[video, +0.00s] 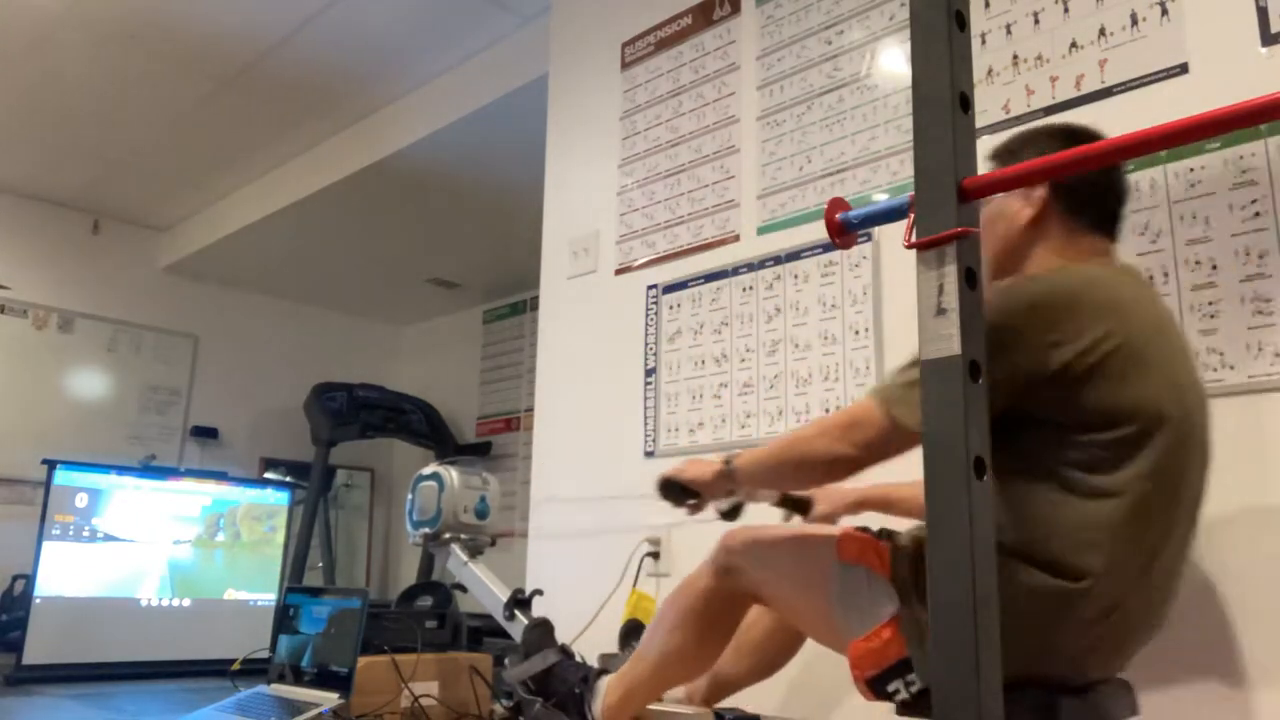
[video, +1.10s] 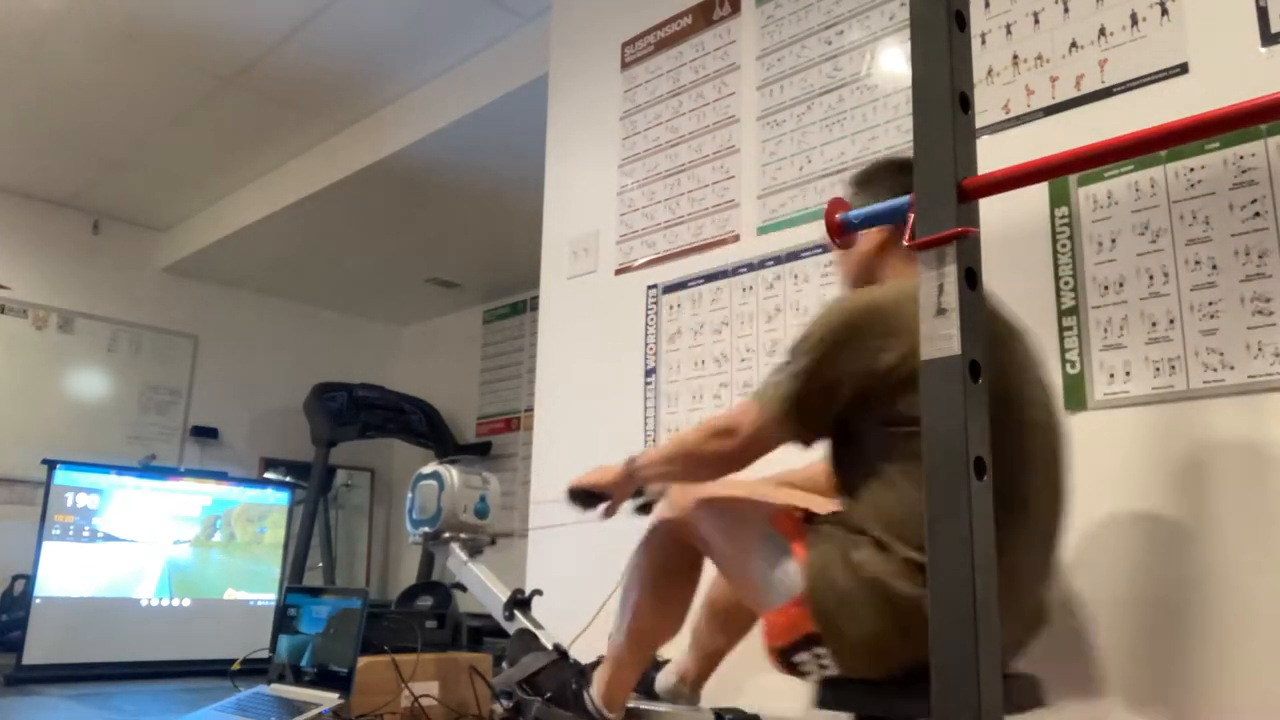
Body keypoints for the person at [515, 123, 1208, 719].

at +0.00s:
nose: (970, 227)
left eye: (982, 202)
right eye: (974, 205)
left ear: (1035, 201)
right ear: (1059, 206)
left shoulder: (1037, 306)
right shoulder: (1131, 306)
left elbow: (847, 445)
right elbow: (1029, 506)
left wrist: (724, 473)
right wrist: (862, 497)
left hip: (1023, 627)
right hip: (1092, 628)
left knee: (738, 557)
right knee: (837, 549)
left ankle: (612, 703)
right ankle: (694, 696)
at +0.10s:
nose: (914, 245)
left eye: (921, 224)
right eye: (915, 226)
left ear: (954, 223)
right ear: (1025, 223)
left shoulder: (965, 304)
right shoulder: (1066, 315)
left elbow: (787, 440)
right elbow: (935, 486)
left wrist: (671, 482)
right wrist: (787, 506)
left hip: (960, 642)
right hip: (1044, 638)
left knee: (716, 533)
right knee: (792, 538)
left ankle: (612, 702)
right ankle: (686, 695)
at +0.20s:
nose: (834, 256)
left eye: (844, 233)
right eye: (837, 236)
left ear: (890, 232)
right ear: (916, 231)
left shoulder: (881, 323)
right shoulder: (987, 321)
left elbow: (720, 455)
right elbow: (861, 496)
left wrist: (622, 500)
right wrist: (683, 514)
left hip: (902, 618)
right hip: (986, 621)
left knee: (678, 522)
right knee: (754, 539)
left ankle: (608, 702)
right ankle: (683, 690)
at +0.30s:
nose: (773, 273)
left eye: (779, 254)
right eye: (774, 257)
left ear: (816, 250)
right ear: (877, 255)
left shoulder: (810, 335)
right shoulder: (922, 326)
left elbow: (672, 461)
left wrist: (584, 516)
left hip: (844, 624)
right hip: (935, 623)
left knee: (650, 510)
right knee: (730, 498)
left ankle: (606, 698)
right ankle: (679, 685)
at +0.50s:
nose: (684, 304)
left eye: (687, 286)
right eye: (684, 289)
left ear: (715, 277)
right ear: (778, 288)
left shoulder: (708, 351)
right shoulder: (829, 359)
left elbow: (590, 473)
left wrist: (515, 528)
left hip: (759, 630)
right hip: (850, 633)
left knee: (607, 484)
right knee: (698, 475)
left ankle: (603, 687)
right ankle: (685, 656)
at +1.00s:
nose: (742, 271)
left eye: (746, 254)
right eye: (742, 257)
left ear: (780, 251)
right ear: (842, 260)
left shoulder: (767, 332)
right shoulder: (891, 337)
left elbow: (654, 469)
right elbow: (822, 499)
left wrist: (571, 510)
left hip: (807, 626)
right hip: (905, 631)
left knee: (634, 508)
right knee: (711, 482)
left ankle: (606, 693)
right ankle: (680, 677)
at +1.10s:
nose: (834, 253)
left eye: (844, 231)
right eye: (836, 233)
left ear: (890, 229)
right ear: (924, 229)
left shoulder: (873, 315)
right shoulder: (989, 319)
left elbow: (730, 443)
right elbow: (841, 479)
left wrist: (627, 474)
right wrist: (683, 492)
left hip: (894, 619)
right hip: (994, 622)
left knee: (684, 509)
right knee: (759, 522)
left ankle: (606, 697)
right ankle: (683, 687)